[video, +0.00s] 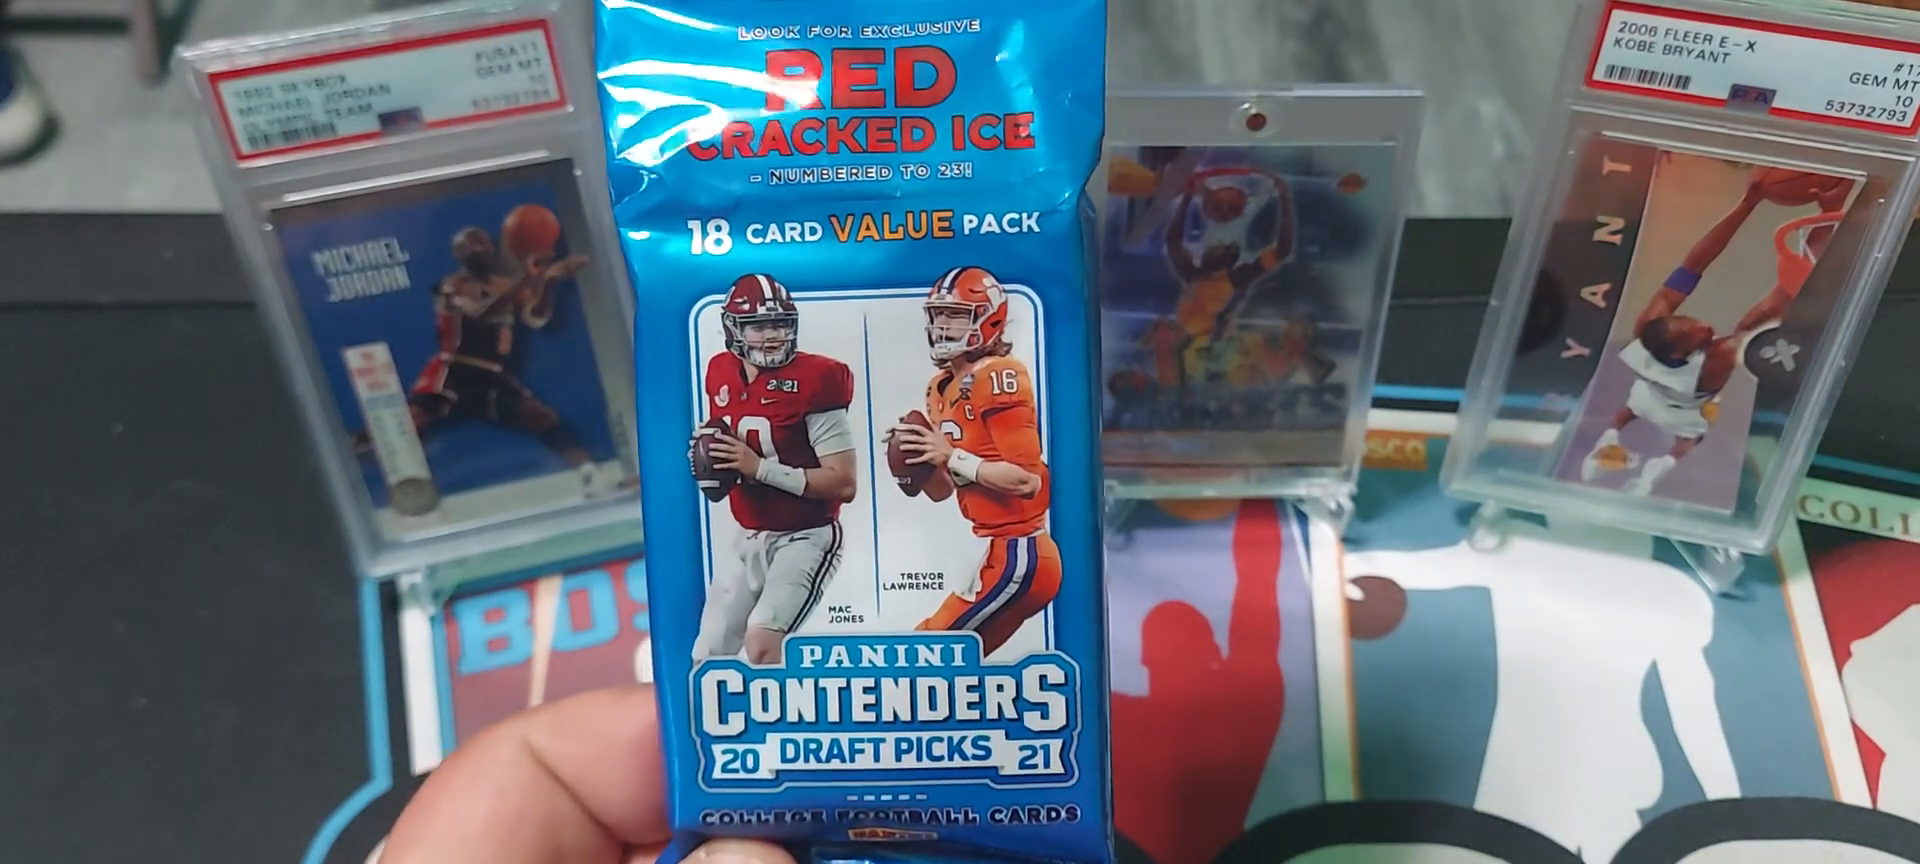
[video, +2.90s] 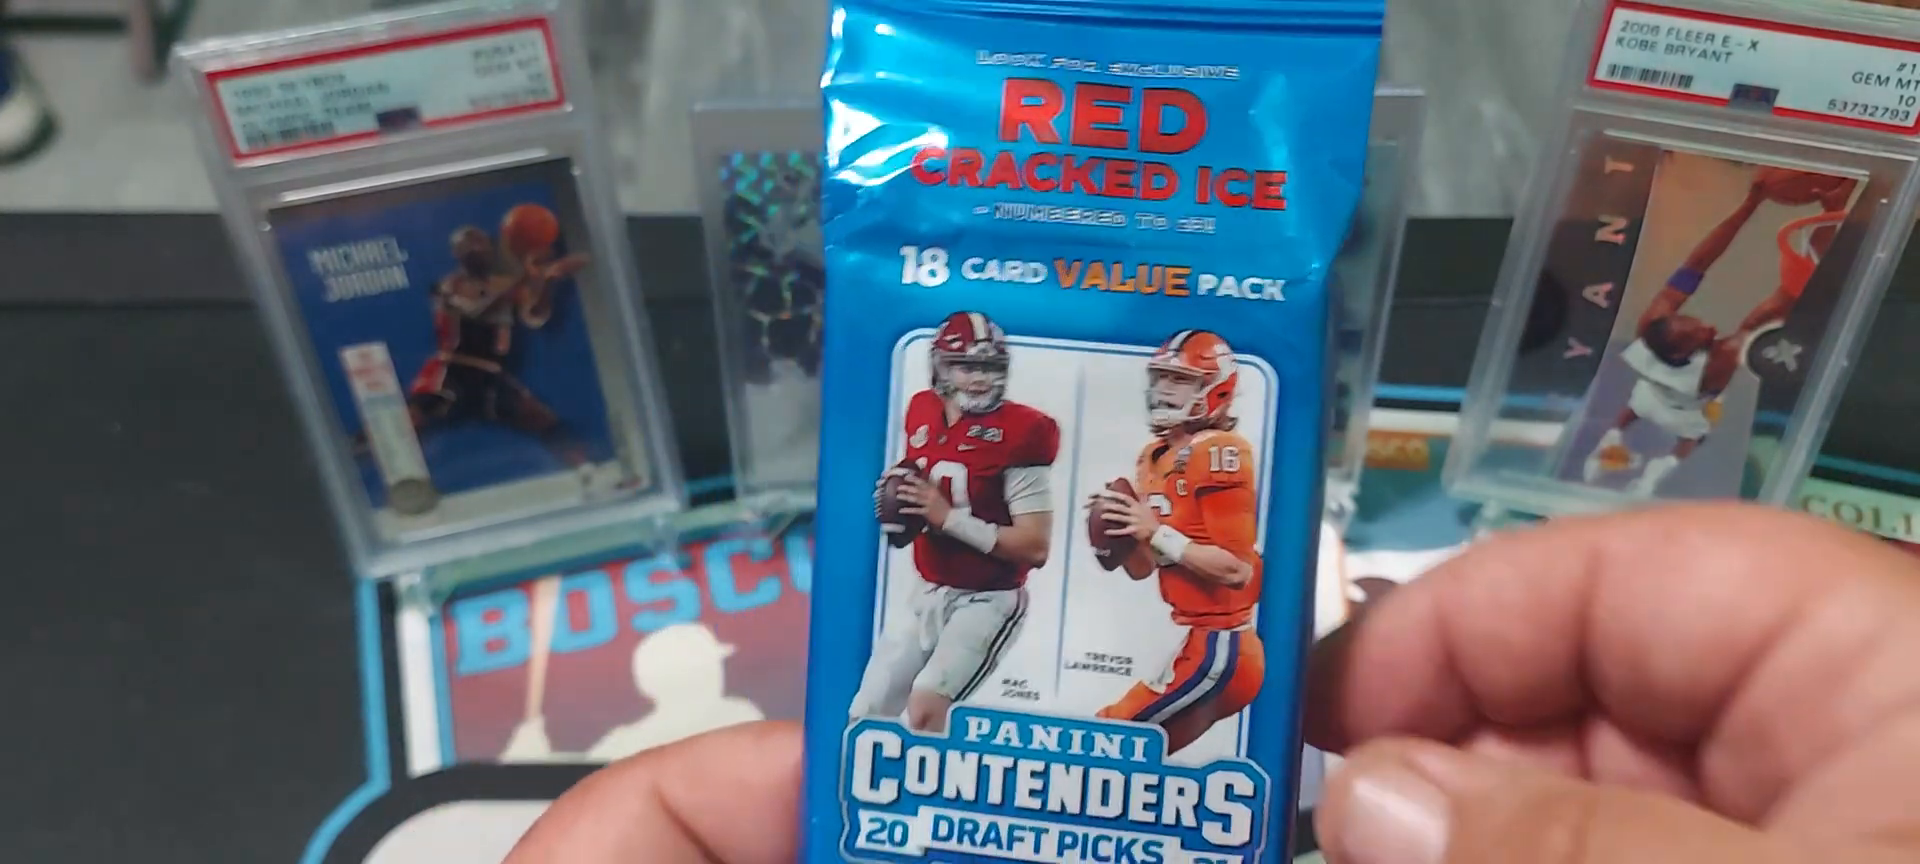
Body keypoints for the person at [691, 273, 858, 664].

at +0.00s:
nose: (770, 335)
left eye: (778, 325)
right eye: (757, 326)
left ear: (791, 326)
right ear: (734, 329)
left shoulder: (818, 379)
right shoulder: (721, 371)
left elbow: (843, 484)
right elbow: (718, 436)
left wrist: (759, 467)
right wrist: (704, 452)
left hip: (808, 538)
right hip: (747, 539)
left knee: (760, 646)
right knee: (707, 657)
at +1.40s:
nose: (795, 349)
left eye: (803, 338)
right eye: (783, 339)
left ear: (817, 339)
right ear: (759, 342)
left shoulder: (844, 393)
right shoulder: (746, 385)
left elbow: (871, 503)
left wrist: (784, 485)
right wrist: (730, 470)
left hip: (835, 559)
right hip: (774, 561)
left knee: (787, 673)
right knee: (733, 682)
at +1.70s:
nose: (805, 368)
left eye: (813, 357)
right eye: (791, 358)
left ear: (825, 358)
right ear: (767, 363)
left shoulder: (852, 413)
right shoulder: (754, 406)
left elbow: (877, 522)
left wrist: (791, 505)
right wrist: (739, 495)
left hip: (841, 577)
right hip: (780, 580)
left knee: (793, 691)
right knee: (738, 703)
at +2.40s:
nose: (852, 384)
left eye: (861, 372)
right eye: (838, 373)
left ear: (875, 375)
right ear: (813, 377)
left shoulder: (902, 432)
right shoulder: (802, 420)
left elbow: (925, 546)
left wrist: (836, 524)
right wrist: (783, 514)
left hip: (887, 602)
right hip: (826, 602)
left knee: (836, 715)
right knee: (779, 726)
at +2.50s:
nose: (904, 412)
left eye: (914, 400)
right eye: (890, 400)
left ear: (928, 402)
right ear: (865, 403)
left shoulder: (956, 461)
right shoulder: (852, 447)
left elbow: (975, 577)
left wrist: (885, 553)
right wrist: (832, 543)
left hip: (935, 635)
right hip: (871, 632)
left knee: (881, 748)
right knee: (823, 757)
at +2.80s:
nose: (959, 402)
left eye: (968, 391)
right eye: (946, 391)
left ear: (982, 394)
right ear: (919, 393)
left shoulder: (1004, 453)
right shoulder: (901, 436)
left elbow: (1021, 570)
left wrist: (932, 544)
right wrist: (877, 527)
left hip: (977, 626)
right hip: (910, 621)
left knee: (916, 738)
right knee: (858, 743)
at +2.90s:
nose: (979, 379)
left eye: (990, 367)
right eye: (967, 367)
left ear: (1004, 371)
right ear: (941, 369)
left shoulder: (1025, 429)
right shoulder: (923, 409)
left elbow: (1035, 547)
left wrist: (947, 517)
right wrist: (895, 494)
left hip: (991, 600)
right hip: (927, 594)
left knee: (926, 707)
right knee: (867, 712)